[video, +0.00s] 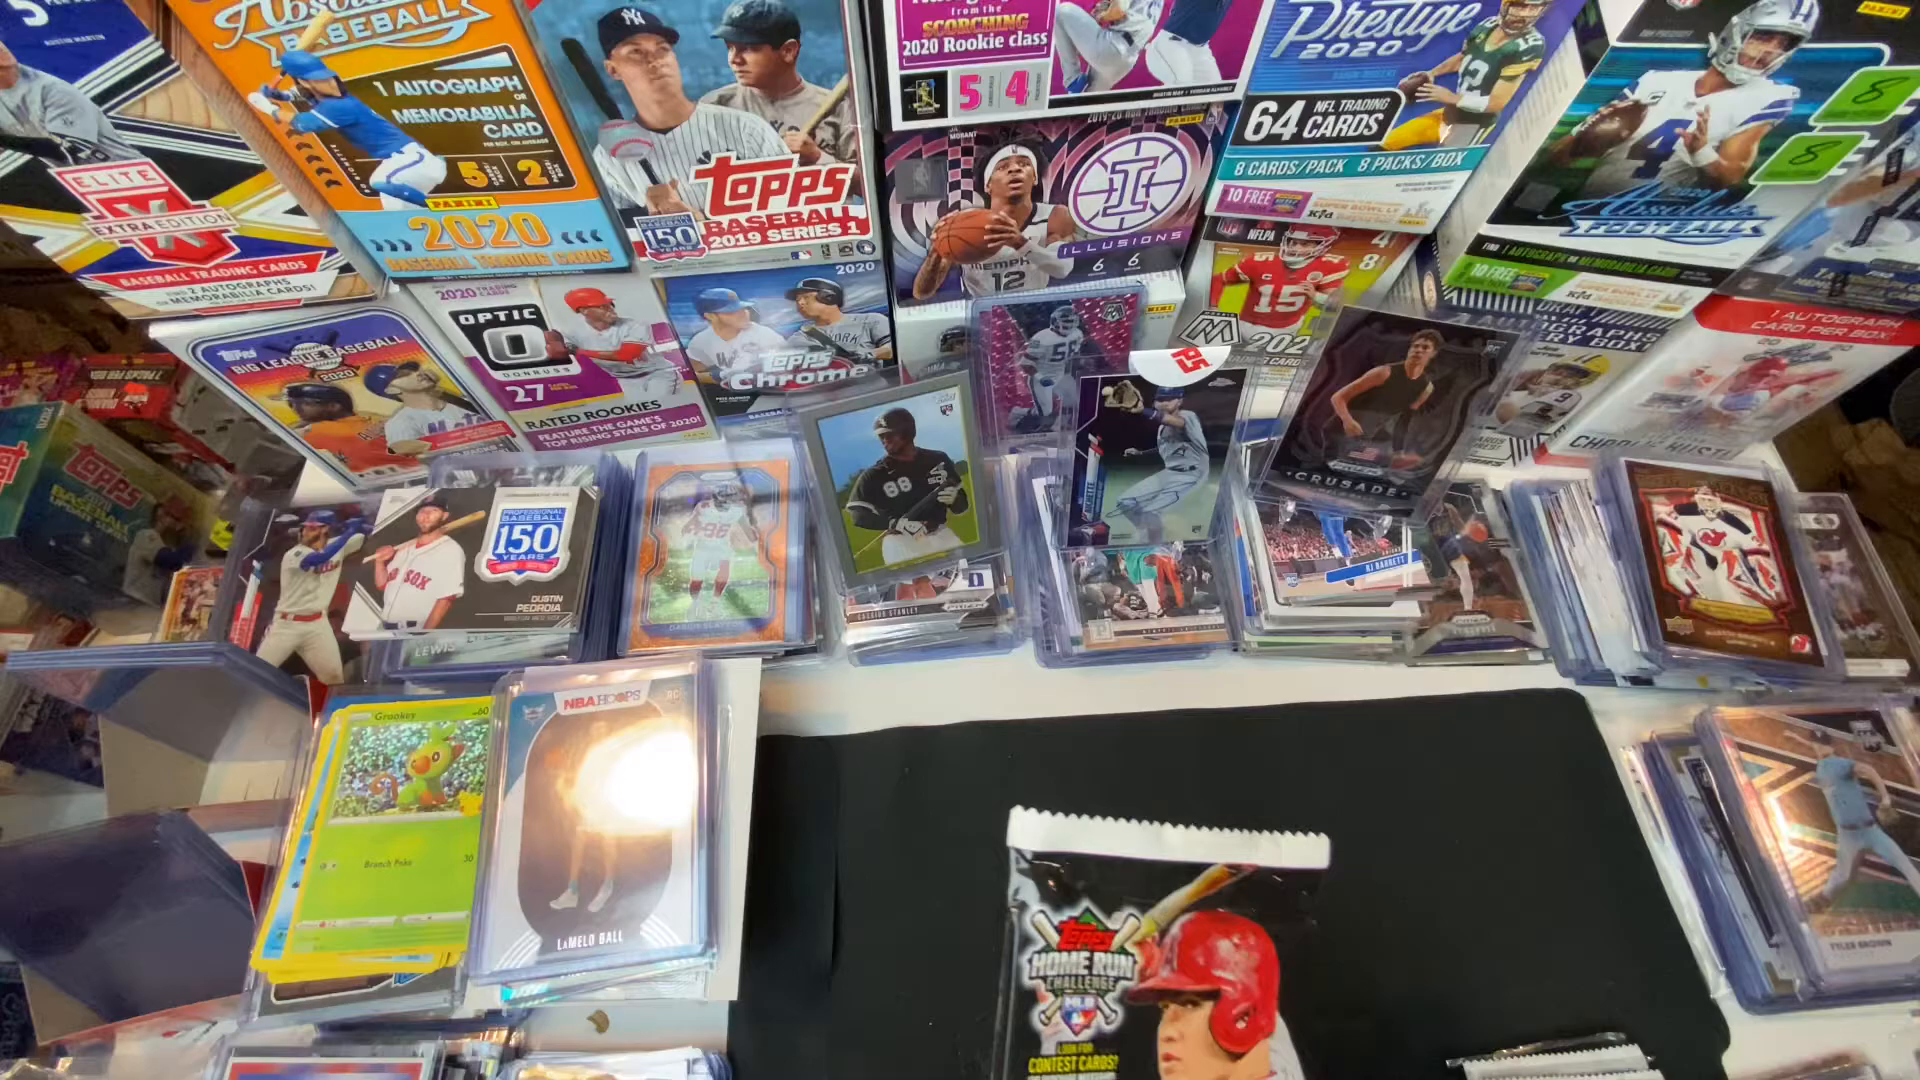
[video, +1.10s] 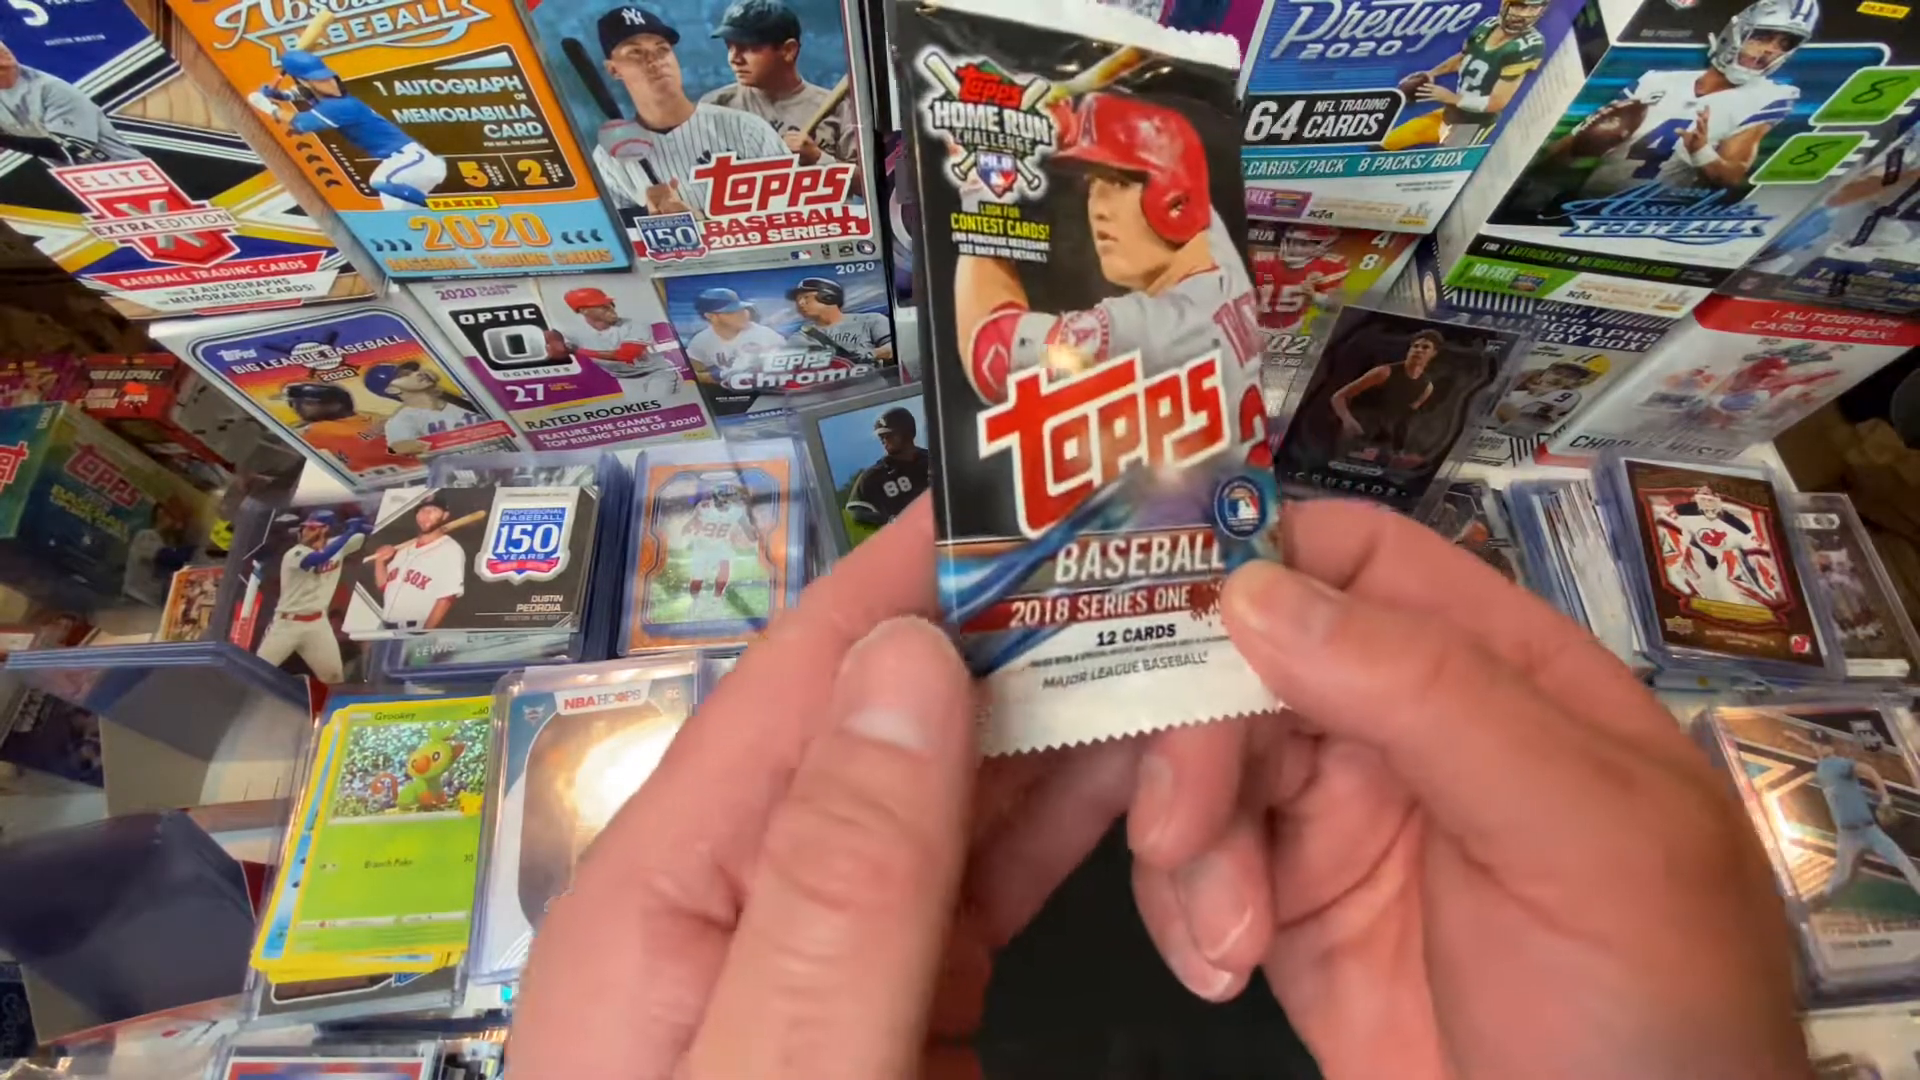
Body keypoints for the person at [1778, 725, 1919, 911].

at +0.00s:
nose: (1820, 749)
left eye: (1822, 744)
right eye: (1816, 746)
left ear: (1829, 744)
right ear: (1815, 749)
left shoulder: (1838, 764)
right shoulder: (1822, 767)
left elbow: (1869, 770)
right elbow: (1812, 746)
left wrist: (1885, 797)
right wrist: (1796, 737)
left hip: (1870, 828)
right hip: (1847, 833)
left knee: (1903, 862)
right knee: (1843, 874)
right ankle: (1824, 898)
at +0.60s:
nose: (1820, 749)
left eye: (1822, 744)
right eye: (1817, 745)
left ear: (1826, 743)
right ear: (1815, 748)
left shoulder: (1838, 764)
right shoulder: (1821, 768)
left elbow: (1868, 770)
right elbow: (1812, 745)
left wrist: (1885, 798)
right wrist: (1796, 738)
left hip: (1870, 828)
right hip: (1846, 833)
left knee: (1903, 863)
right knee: (1842, 875)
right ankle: (1824, 897)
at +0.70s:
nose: (1824, 751)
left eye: (1826, 746)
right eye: (1820, 748)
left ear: (1832, 746)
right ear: (1816, 750)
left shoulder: (1841, 764)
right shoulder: (1823, 767)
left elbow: (1868, 770)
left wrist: (1885, 797)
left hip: (1870, 829)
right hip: (1846, 834)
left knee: (1902, 862)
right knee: (1843, 875)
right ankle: (1822, 898)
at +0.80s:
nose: (1821, 750)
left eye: (1824, 745)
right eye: (1818, 746)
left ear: (1830, 746)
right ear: (1815, 749)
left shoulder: (1840, 764)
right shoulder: (1823, 767)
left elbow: (1869, 770)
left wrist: (1884, 795)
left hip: (1869, 829)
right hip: (1846, 834)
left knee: (1903, 862)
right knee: (1844, 875)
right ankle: (1816, 898)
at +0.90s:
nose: (1823, 751)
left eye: (1826, 746)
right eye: (1819, 748)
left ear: (1831, 746)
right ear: (1815, 750)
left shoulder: (1841, 765)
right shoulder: (1821, 768)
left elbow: (1869, 770)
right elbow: (1799, 781)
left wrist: (1884, 796)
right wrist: (1776, 794)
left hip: (1869, 829)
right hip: (1846, 834)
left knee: (1902, 861)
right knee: (1844, 875)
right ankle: (1818, 898)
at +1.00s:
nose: (1823, 751)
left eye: (1825, 746)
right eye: (1819, 748)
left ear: (1831, 746)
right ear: (1815, 750)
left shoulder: (1841, 765)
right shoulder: (1821, 768)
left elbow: (1869, 770)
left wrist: (1885, 797)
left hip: (1869, 829)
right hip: (1846, 834)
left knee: (1903, 862)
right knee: (1842, 876)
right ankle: (1820, 899)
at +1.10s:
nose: (1823, 750)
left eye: (1826, 745)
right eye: (1819, 746)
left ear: (1832, 746)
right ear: (1815, 749)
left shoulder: (1840, 766)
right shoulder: (1824, 767)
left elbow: (1855, 792)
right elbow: (1868, 770)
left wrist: (1882, 800)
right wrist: (1884, 795)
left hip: (1869, 829)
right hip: (1846, 833)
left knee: (1902, 862)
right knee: (1842, 875)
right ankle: (1823, 897)